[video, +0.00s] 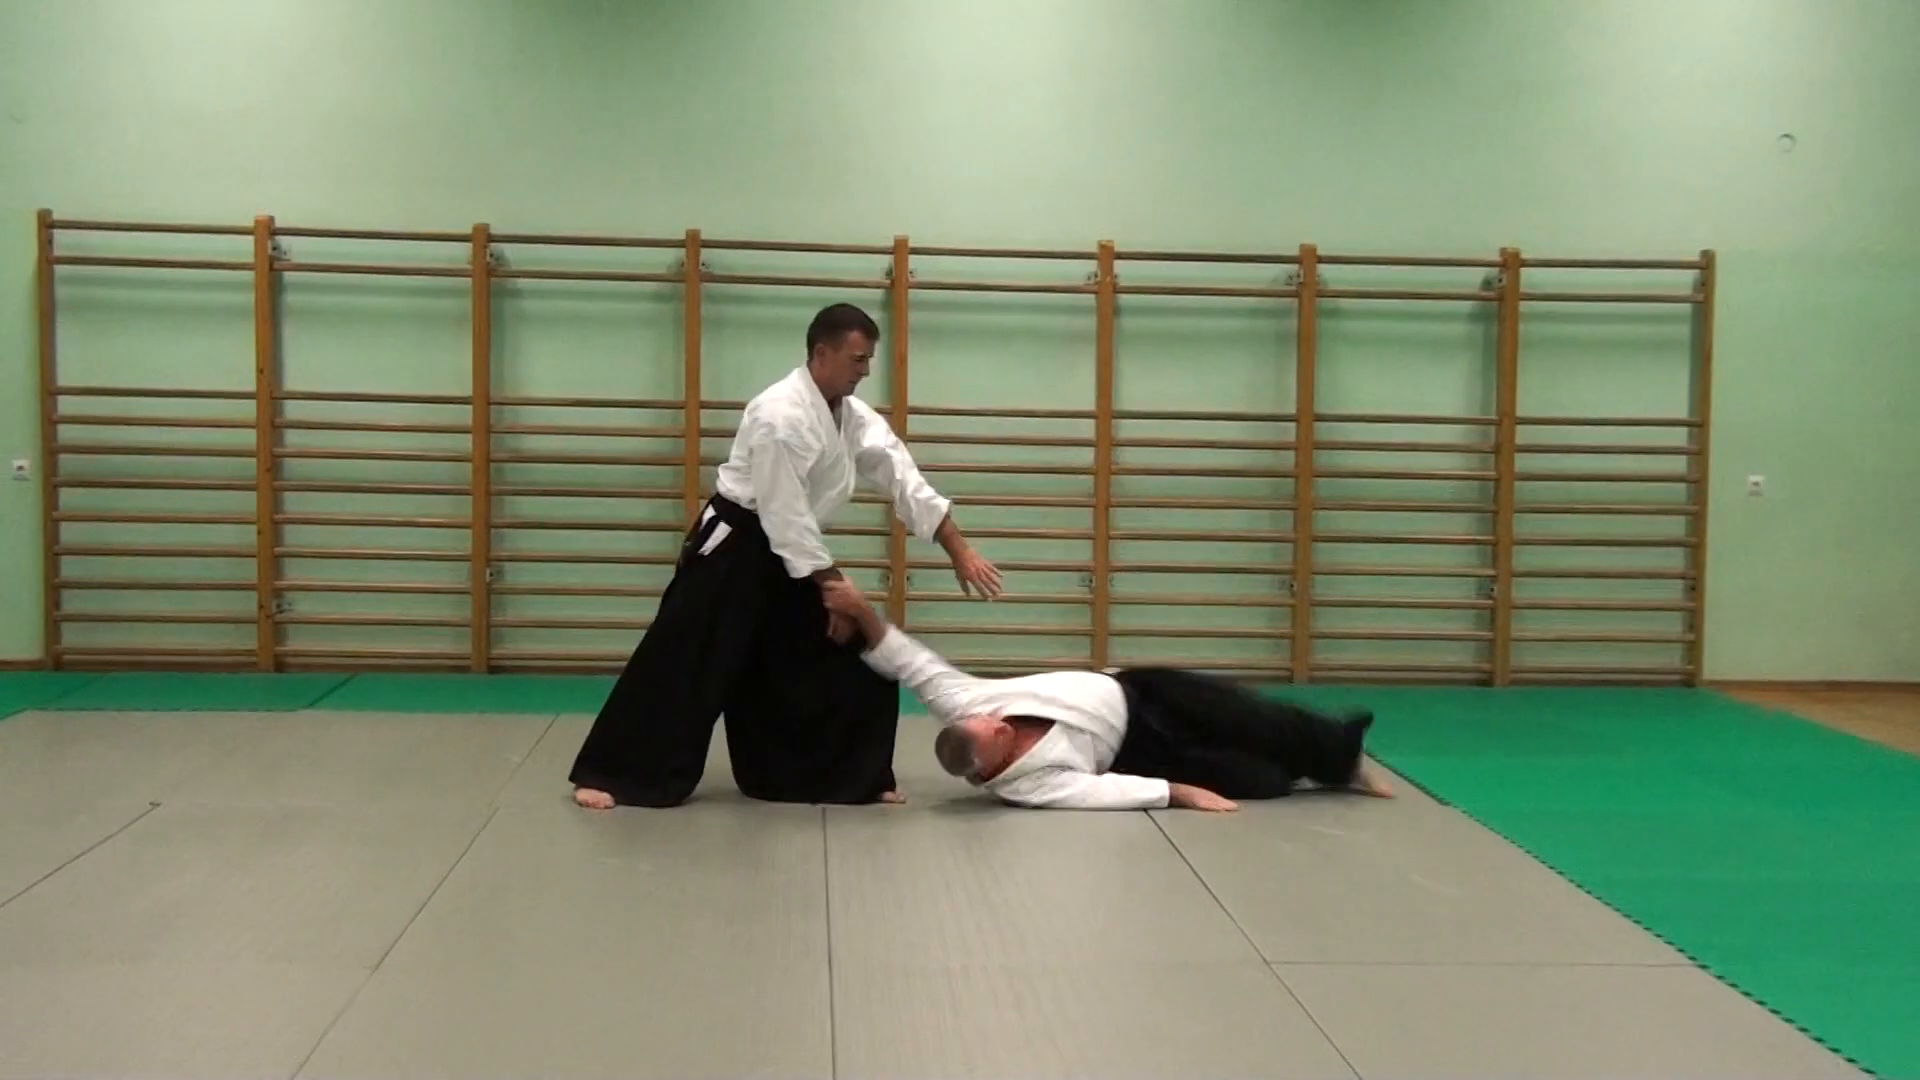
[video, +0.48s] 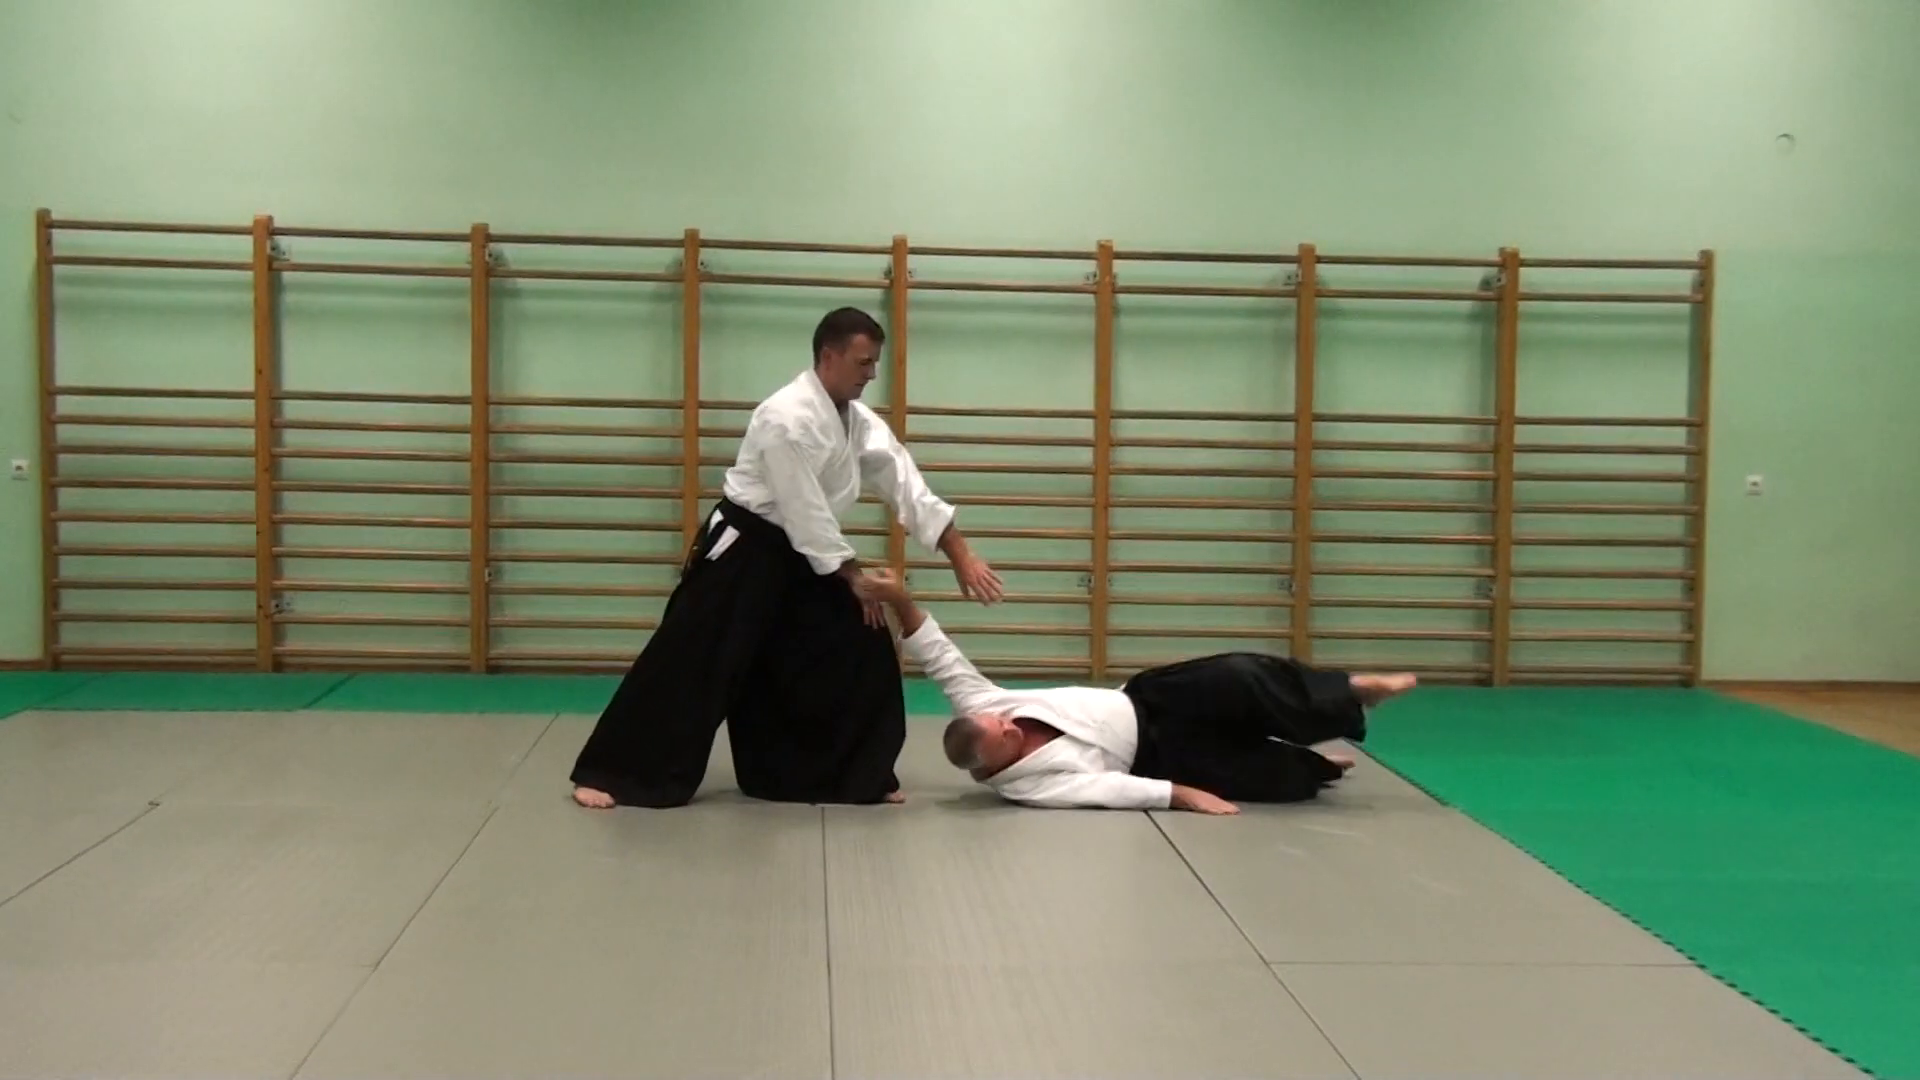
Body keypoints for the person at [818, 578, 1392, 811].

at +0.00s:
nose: (1004, 728)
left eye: (992, 726)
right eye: (996, 741)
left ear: (983, 722)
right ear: (989, 769)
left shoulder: (967, 706)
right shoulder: (1031, 784)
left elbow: (916, 662)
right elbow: (1105, 788)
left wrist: (865, 621)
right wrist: (1176, 793)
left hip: (1139, 692)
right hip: (1148, 750)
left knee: (1252, 717)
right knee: (1254, 777)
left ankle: (1341, 754)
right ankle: (1311, 771)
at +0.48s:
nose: (1010, 726)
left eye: (1001, 721)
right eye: (1002, 740)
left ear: (992, 714)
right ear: (992, 767)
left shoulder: (986, 705)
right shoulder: (1035, 782)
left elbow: (942, 657)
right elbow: (1109, 788)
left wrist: (903, 602)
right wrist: (1177, 795)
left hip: (1144, 700)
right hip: (1159, 756)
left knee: (1244, 675)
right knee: (1259, 771)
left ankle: (1347, 691)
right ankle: (1312, 768)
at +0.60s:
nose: (1013, 718)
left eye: (1006, 712)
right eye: (1004, 727)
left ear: (990, 704)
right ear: (984, 755)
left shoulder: (985, 697)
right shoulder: (1024, 781)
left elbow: (973, 646)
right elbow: (1094, 791)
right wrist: (1166, 794)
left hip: (1143, 698)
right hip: (1153, 758)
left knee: (1248, 667)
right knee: (1265, 773)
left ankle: (1351, 675)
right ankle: (1336, 767)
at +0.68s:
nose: (1019, 709)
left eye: (1013, 701)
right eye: (1007, 715)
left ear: (1007, 694)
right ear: (983, 738)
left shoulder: (1003, 681)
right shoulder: (1013, 775)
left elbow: (1021, 630)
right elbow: (1089, 789)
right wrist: (1163, 790)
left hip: (1145, 700)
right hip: (1154, 760)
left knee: (1259, 669)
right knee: (1267, 762)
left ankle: (1352, 685)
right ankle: (1353, 771)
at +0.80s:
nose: (1043, 682)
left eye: (1036, 671)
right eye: (1030, 684)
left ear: (1028, 662)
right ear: (1001, 699)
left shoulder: (1038, 664)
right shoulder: (1018, 750)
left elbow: (1087, 643)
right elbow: (1087, 785)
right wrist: (1165, 789)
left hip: (1157, 706)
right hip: (1154, 758)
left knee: (1263, 677)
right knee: (1274, 745)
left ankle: (1355, 706)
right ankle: (1373, 757)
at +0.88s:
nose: (1062, 634)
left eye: (1056, 628)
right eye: (1052, 633)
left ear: (1044, 634)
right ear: (1029, 651)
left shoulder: (1052, 650)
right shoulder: (1032, 715)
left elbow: (1097, 654)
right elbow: (1093, 774)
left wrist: (1136, 653)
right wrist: (1162, 794)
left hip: (1160, 704)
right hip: (1156, 753)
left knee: (1250, 668)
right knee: (1275, 732)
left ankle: (1345, 704)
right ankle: (1374, 742)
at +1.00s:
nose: (1097, 598)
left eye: (1093, 589)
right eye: (1087, 594)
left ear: (1059, 606)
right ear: (1065, 608)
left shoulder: (1068, 633)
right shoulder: (1068, 666)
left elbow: (1113, 683)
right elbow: (1109, 733)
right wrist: (1163, 789)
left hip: (1157, 698)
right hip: (1165, 742)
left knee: (1224, 654)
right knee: (1288, 706)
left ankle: (1320, 712)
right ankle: (1377, 712)